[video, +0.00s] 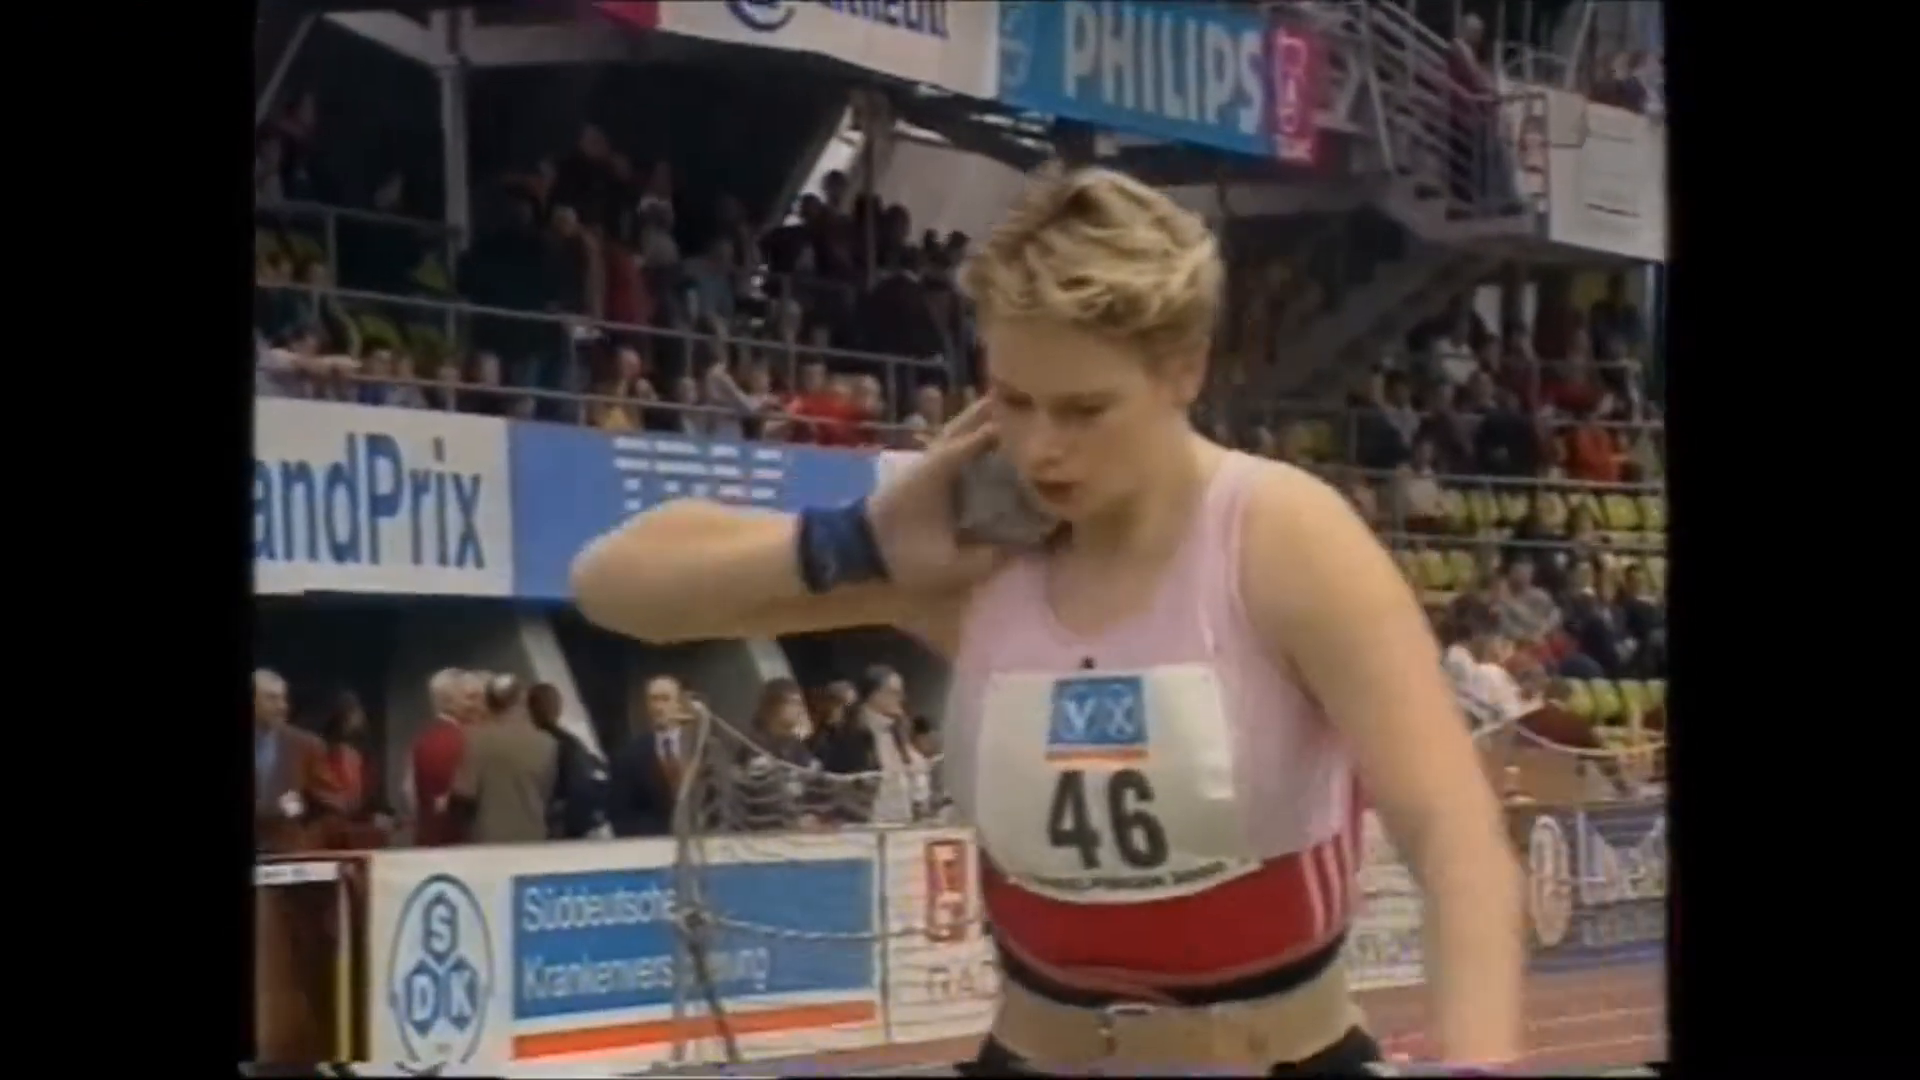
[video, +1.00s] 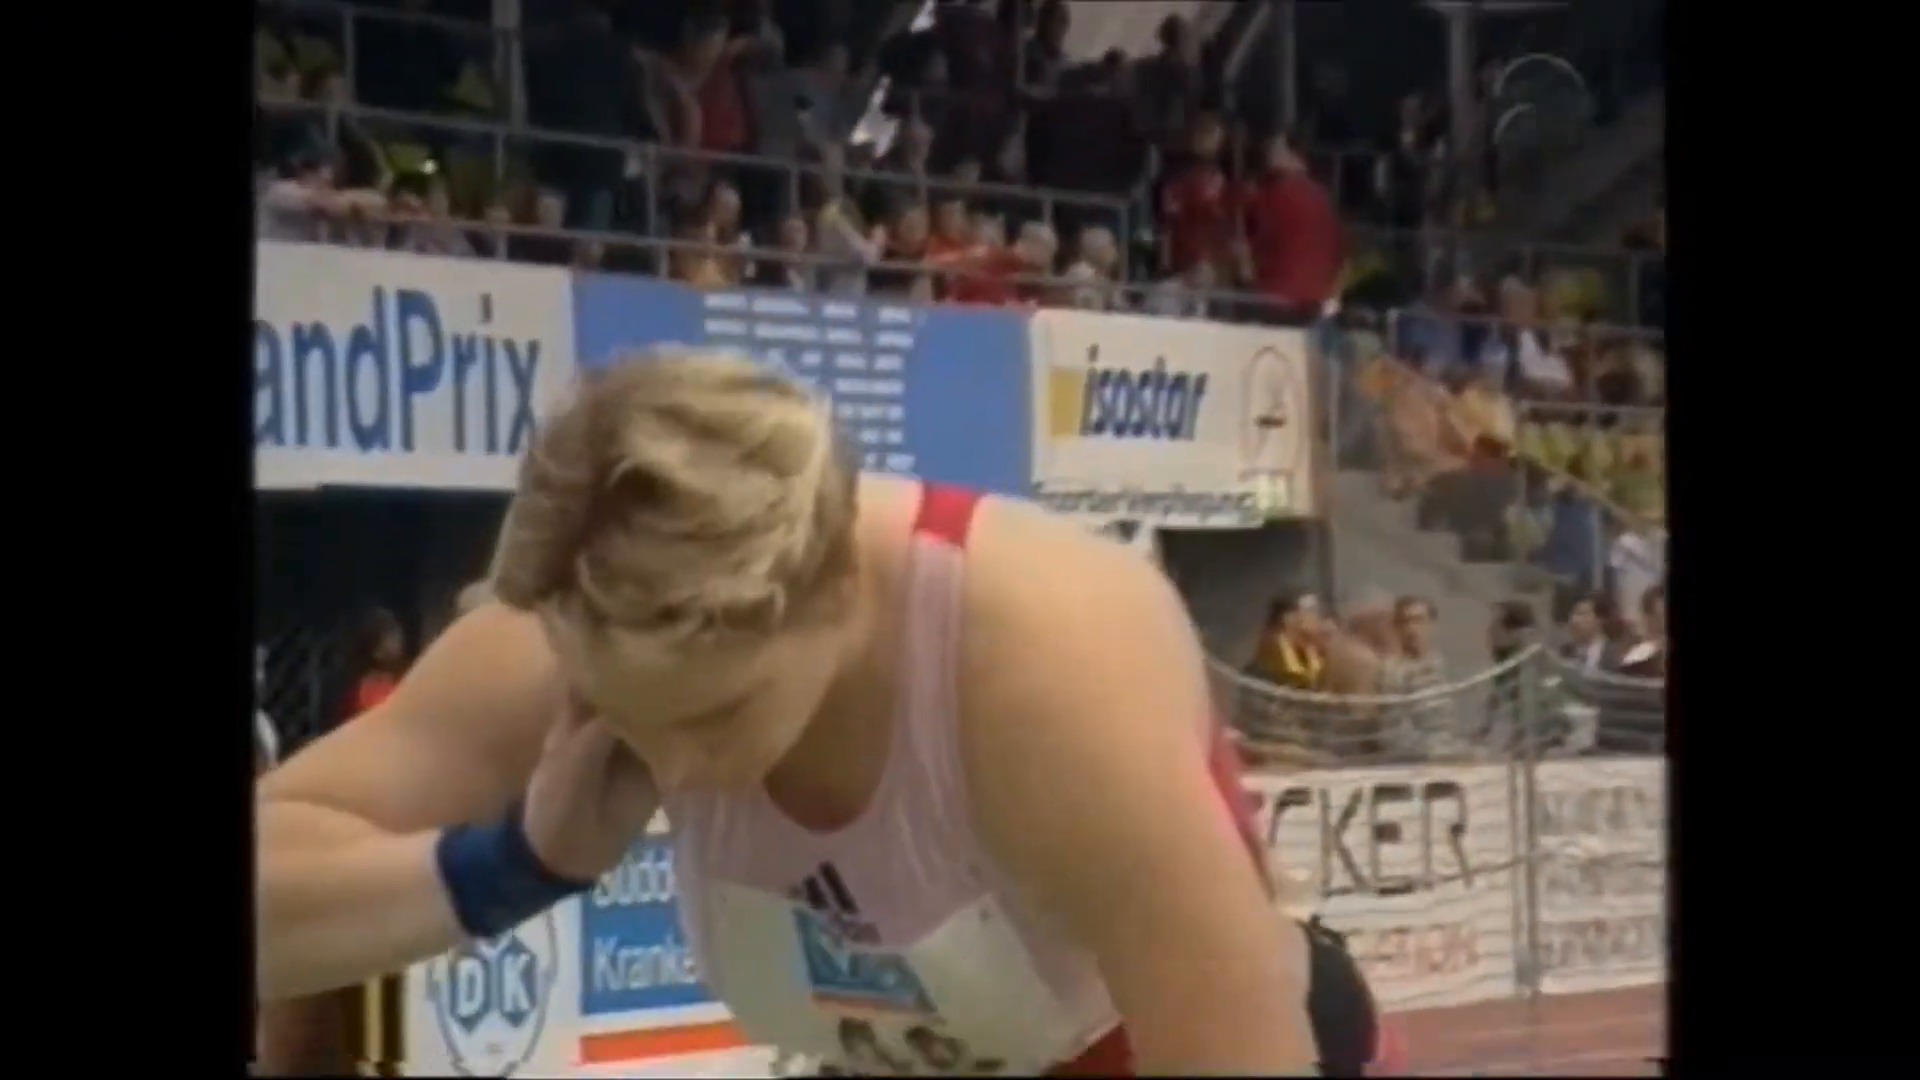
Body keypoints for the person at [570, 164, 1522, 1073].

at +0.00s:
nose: (1034, 448)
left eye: (1077, 409)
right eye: (1008, 400)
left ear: (1182, 371)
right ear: (986, 368)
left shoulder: (1287, 537)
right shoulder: (962, 545)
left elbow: (1463, 847)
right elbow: (606, 583)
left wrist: (1474, 1064)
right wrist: (861, 546)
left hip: (1276, 1059)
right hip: (1034, 1057)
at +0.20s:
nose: (904, 472)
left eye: (948, 424)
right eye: (867, 423)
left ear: (1047, 375)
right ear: (832, 397)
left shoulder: (1162, 521)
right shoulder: (817, 555)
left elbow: (1330, 875)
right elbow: (437, 669)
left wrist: (1286, 1069)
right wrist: (719, 580)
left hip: (1192, 1048)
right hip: (943, 1053)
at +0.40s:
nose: (750, 512)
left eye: (797, 469)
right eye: (710, 463)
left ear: (908, 402)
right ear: (672, 416)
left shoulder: (1046, 519)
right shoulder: (654, 535)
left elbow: (1249, 934)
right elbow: (287, 724)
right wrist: (590, 642)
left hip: (1111, 1032)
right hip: (869, 1037)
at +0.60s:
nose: (673, 643)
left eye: (723, 594)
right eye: (634, 592)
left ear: (837, 495)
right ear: (600, 528)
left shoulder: (1002, 594)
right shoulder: (556, 615)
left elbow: (1245, 1006)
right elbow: (263, 809)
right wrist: (518, 767)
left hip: (1100, 1042)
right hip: (851, 1048)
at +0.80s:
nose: (644, 790)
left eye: (684, 746)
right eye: (597, 745)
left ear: (790, 636)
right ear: (547, 668)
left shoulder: (999, 683)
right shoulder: (537, 689)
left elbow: (1231, 1059)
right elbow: (252, 918)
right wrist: (493, 892)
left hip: (1088, 1043)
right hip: (814, 1046)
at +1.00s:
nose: (680, 764)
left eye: (716, 718)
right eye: (632, 721)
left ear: (828, 602)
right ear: (577, 637)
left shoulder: (1047, 647)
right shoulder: (568, 646)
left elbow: (1246, 1052)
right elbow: (256, 893)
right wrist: (514, 863)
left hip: (1153, 1036)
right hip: (861, 1043)